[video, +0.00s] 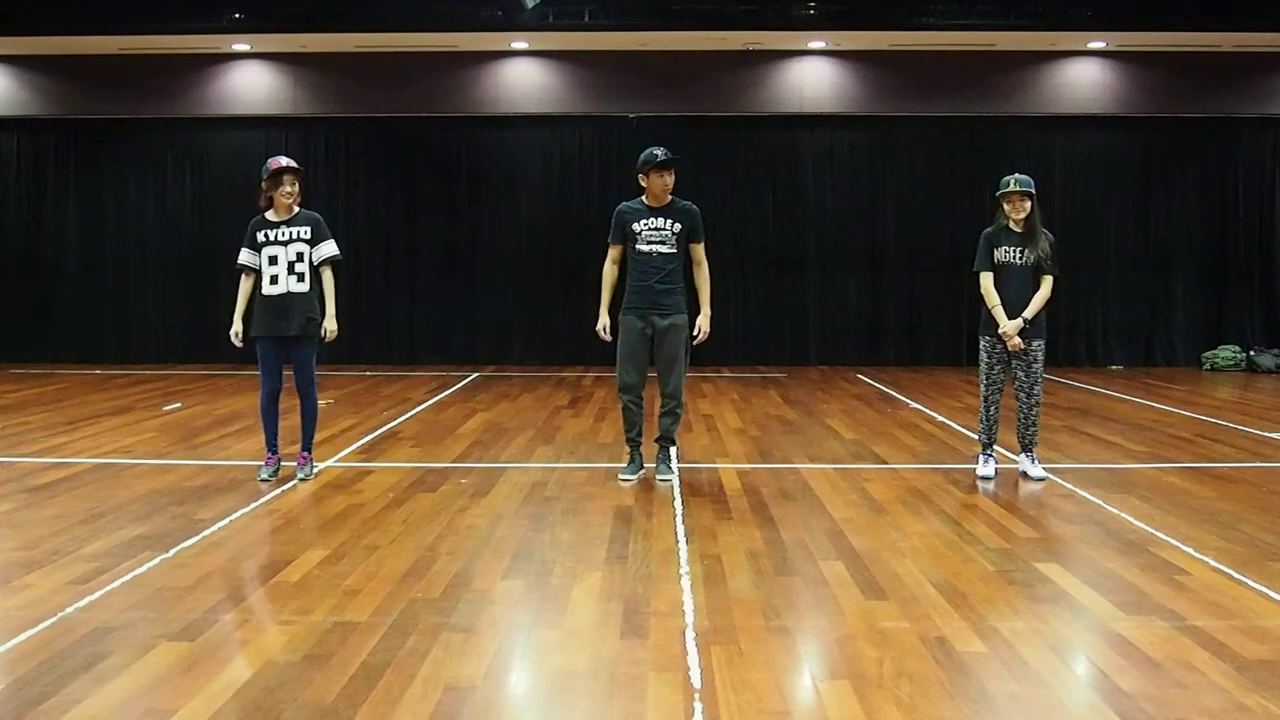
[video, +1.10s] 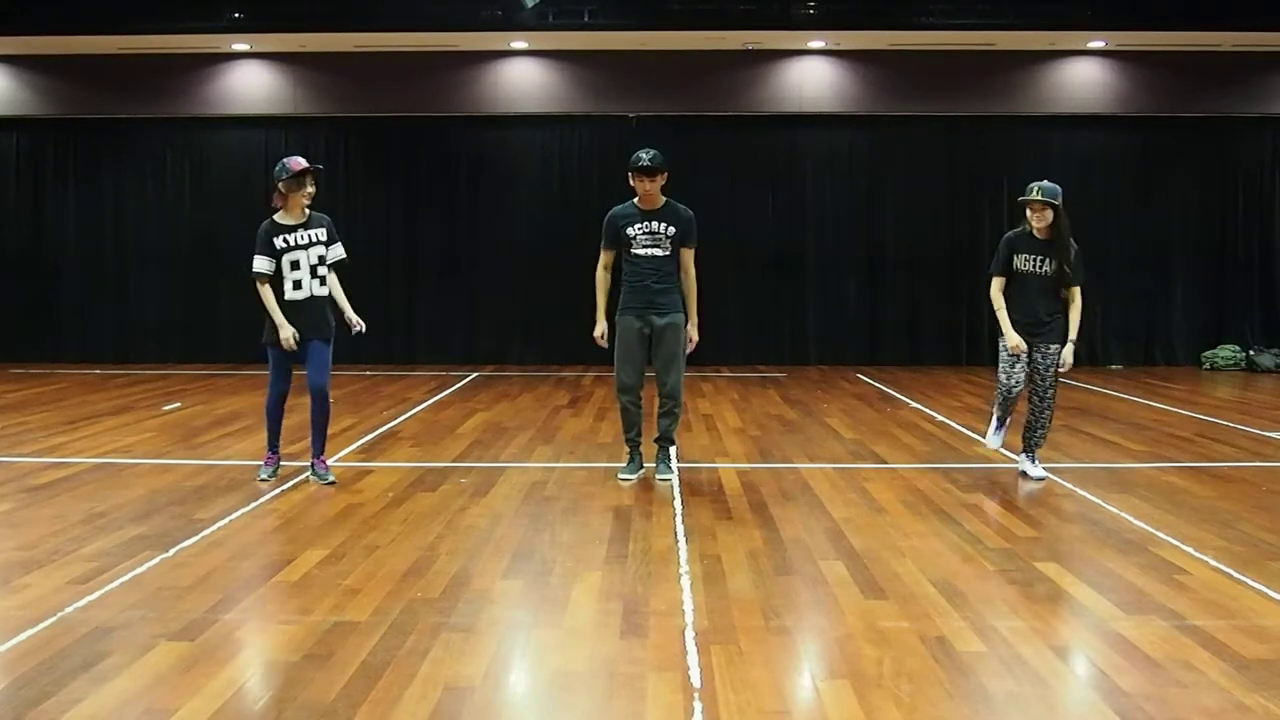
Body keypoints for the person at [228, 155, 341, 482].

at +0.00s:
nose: (289, 189)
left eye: (293, 184)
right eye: (282, 185)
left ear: (299, 188)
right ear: (270, 189)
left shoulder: (312, 222)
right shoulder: (258, 226)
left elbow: (326, 270)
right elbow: (248, 275)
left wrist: (330, 314)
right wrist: (237, 318)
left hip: (305, 320)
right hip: (267, 322)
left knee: (306, 388)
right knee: (270, 389)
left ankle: (305, 455)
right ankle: (271, 455)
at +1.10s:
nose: (309, 190)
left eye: (311, 184)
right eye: (300, 185)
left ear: (314, 186)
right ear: (283, 189)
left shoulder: (322, 224)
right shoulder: (269, 230)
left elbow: (329, 273)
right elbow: (262, 283)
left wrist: (348, 311)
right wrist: (281, 324)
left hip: (320, 321)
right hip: (282, 322)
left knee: (319, 387)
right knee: (278, 389)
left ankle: (318, 459)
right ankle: (272, 454)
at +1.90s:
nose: (376, 177)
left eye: (374, 171)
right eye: (368, 173)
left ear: (365, 180)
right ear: (350, 181)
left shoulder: (379, 218)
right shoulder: (341, 223)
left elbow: (416, 249)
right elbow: (376, 247)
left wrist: (413, 213)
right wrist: (380, 209)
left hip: (383, 320)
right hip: (353, 323)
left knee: (408, 383)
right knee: (359, 395)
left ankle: (374, 444)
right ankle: (349, 470)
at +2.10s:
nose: (398, 182)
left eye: (396, 176)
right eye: (392, 178)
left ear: (378, 185)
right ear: (375, 185)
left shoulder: (396, 224)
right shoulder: (367, 227)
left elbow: (428, 257)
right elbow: (412, 249)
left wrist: (430, 219)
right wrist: (409, 210)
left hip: (408, 324)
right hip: (377, 325)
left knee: (423, 390)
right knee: (369, 397)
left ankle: (420, 473)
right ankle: (351, 469)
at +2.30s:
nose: (416, 173)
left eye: (413, 168)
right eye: (407, 172)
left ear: (415, 176)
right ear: (391, 184)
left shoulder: (430, 215)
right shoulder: (387, 220)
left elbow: (469, 240)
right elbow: (421, 236)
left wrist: (458, 201)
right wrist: (426, 197)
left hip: (437, 314)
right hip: (408, 316)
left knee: (433, 394)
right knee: (433, 390)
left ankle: (421, 472)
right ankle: (387, 447)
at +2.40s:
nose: (422, 170)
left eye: (421, 165)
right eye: (412, 168)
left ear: (427, 173)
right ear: (397, 182)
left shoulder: (444, 213)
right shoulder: (397, 219)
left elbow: (485, 228)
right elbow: (427, 232)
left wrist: (469, 190)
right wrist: (433, 192)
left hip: (447, 312)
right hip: (418, 314)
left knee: (431, 392)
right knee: (450, 387)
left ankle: (422, 470)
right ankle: (424, 463)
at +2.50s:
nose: (435, 175)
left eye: (435, 170)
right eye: (426, 174)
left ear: (440, 180)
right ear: (410, 187)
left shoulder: (456, 216)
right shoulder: (408, 224)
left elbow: (494, 233)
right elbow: (436, 239)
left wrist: (480, 193)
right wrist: (444, 199)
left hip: (460, 317)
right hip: (433, 320)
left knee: (439, 397)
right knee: (459, 394)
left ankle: (421, 473)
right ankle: (458, 479)